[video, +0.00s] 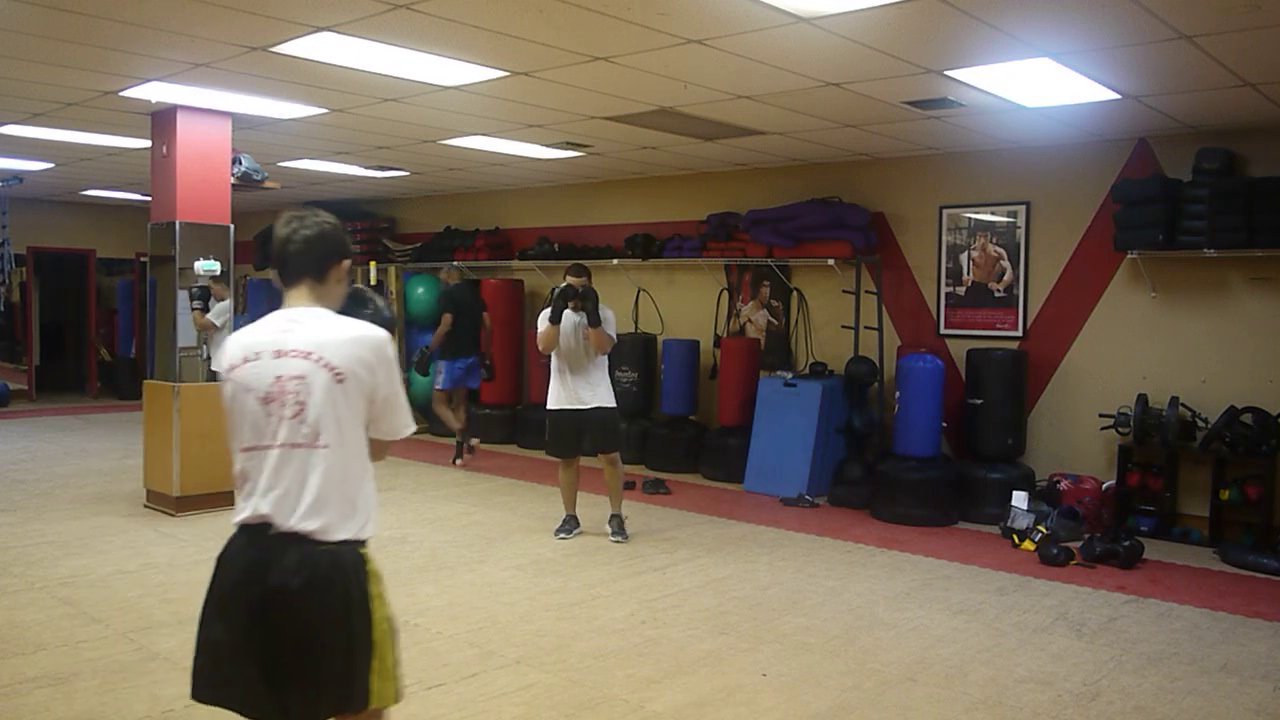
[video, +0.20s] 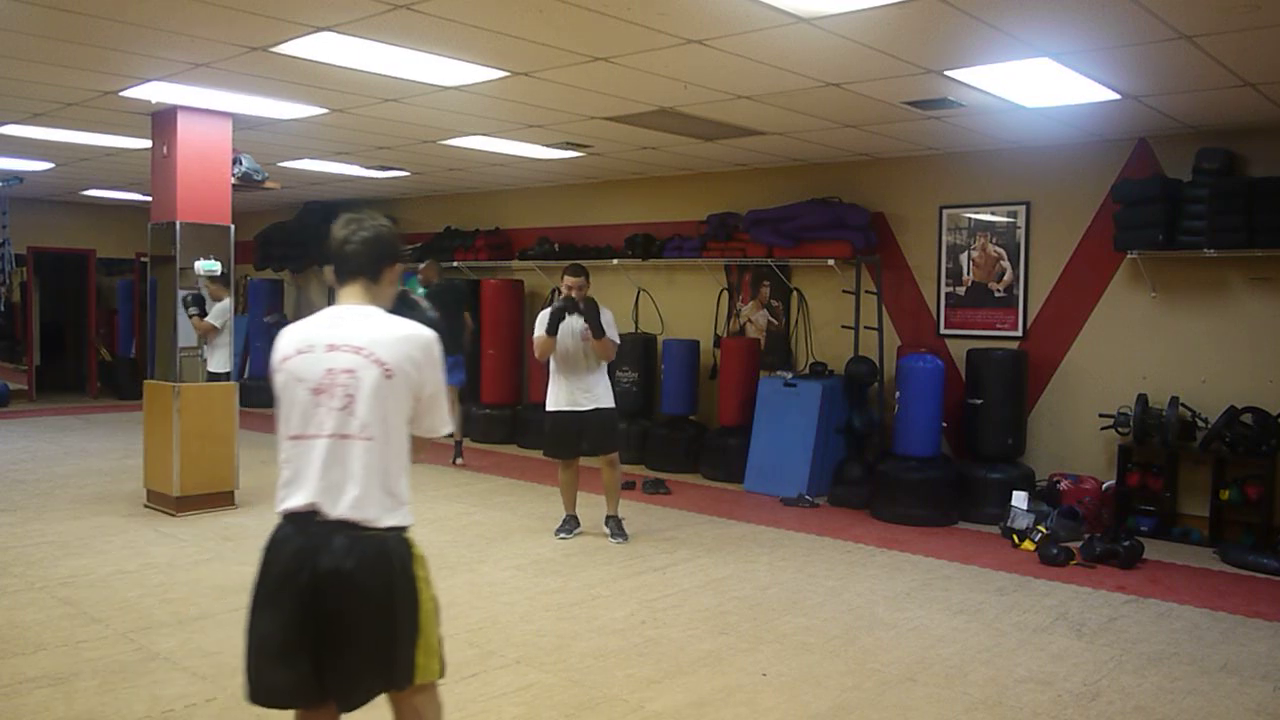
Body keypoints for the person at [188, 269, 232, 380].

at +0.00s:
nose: (211, 293)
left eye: (212, 289)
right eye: (210, 289)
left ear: (221, 286)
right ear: (222, 287)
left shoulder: (225, 305)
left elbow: (201, 325)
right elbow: (207, 324)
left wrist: (196, 303)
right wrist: (204, 303)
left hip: (220, 365)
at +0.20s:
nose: (207, 291)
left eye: (208, 287)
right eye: (207, 288)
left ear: (218, 286)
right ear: (219, 286)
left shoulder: (224, 306)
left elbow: (202, 329)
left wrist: (192, 311)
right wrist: (202, 313)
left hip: (220, 369)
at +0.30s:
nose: (204, 293)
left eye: (203, 289)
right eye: (203, 289)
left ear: (209, 287)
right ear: (220, 285)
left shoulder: (220, 306)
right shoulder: (229, 304)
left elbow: (205, 333)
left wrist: (191, 320)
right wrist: (202, 318)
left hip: (218, 370)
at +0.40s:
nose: (199, 295)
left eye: (199, 290)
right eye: (197, 291)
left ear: (207, 289)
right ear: (208, 288)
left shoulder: (216, 306)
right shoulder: (225, 303)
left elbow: (205, 335)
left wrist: (190, 322)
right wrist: (201, 319)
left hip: (214, 371)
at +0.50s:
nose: (192, 295)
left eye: (193, 290)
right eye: (192, 291)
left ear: (201, 289)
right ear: (206, 288)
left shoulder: (209, 307)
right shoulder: (224, 304)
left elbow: (197, 334)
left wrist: (185, 319)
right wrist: (195, 315)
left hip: (210, 370)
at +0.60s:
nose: (186, 296)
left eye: (187, 291)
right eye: (185, 292)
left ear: (194, 289)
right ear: (202, 289)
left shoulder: (200, 308)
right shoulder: (217, 305)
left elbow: (186, 332)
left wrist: (178, 324)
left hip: (205, 371)